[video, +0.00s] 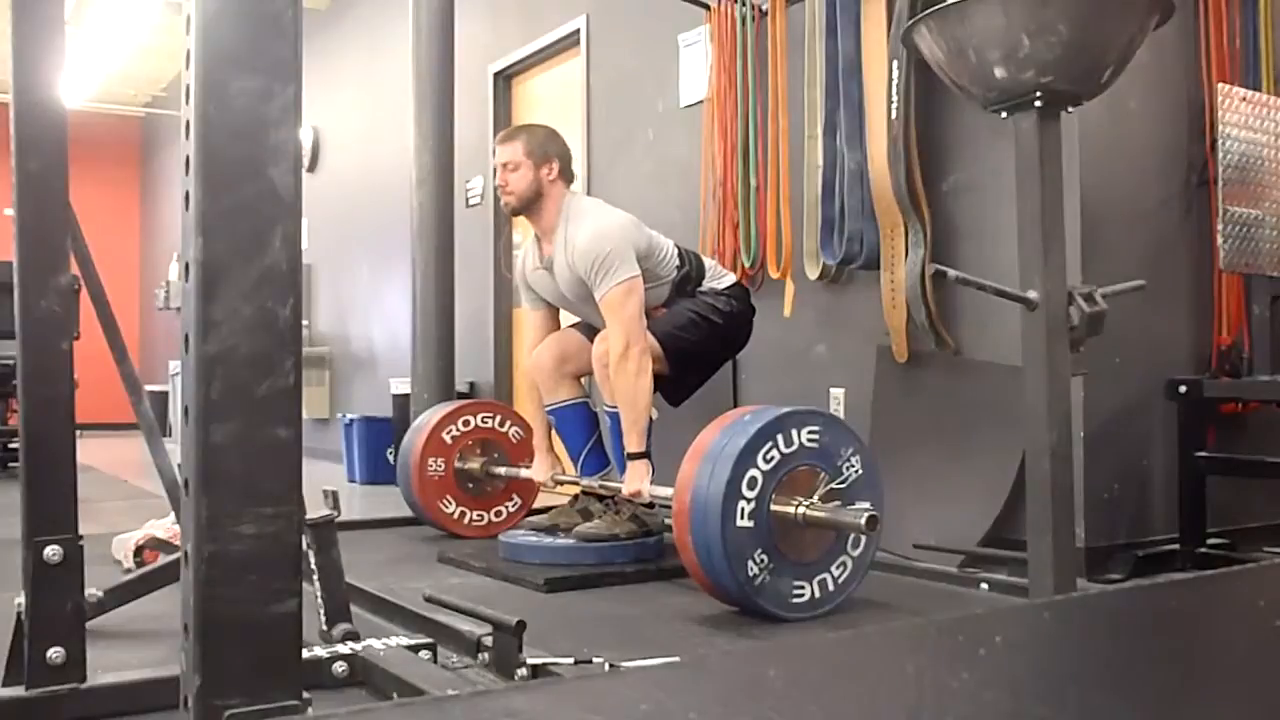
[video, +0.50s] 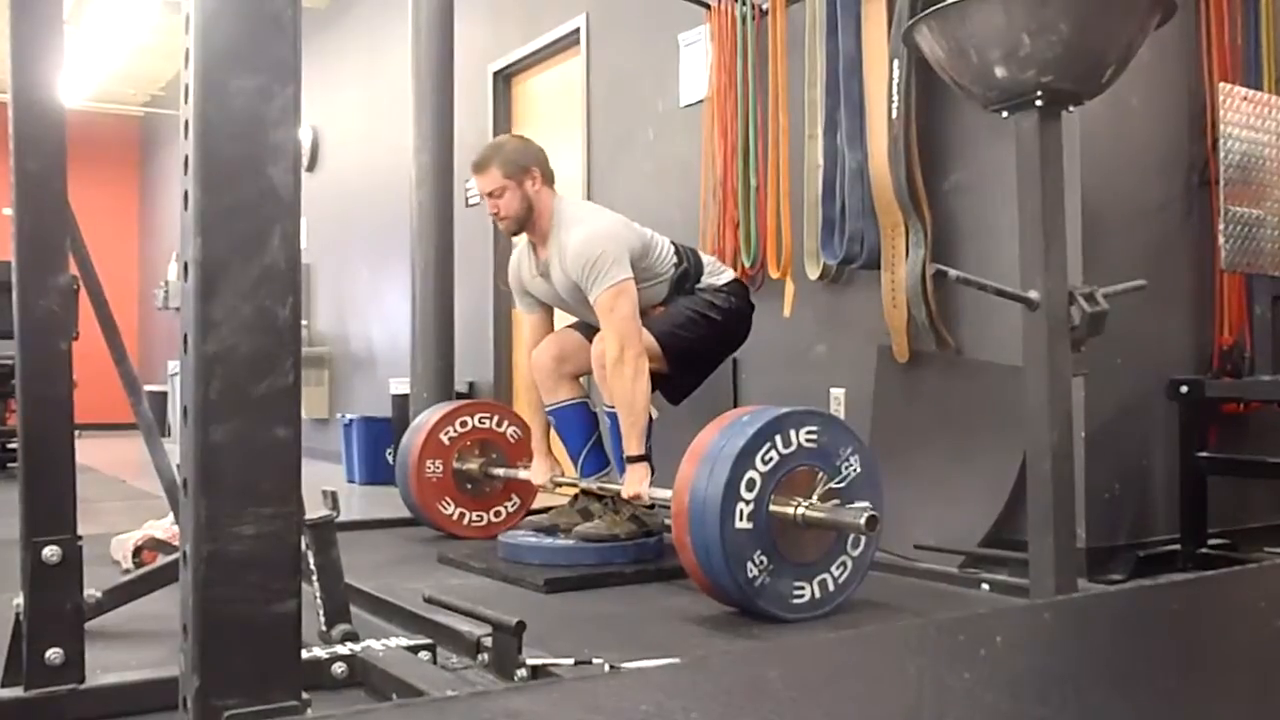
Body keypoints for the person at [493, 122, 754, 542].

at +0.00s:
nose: (499, 181)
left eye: (511, 168)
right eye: (497, 170)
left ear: (549, 172)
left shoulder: (598, 233)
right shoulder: (531, 256)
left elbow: (630, 351)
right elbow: (539, 358)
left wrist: (637, 460)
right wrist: (542, 450)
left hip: (714, 301)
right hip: (646, 311)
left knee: (612, 353)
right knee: (548, 362)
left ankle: (634, 502)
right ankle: (600, 492)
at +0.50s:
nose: (490, 209)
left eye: (497, 195)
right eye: (485, 200)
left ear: (533, 182)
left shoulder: (591, 236)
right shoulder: (523, 264)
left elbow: (626, 351)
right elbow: (535, 360)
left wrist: (636, 465)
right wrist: (540, 453)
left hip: (713, 296)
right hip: (645, 308)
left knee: (610, 352)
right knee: (548, 361)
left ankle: (633, 499)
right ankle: (600, 493)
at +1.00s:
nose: (500, 163)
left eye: (514, 153)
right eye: (501, 155)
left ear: (552, 166)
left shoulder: (594, 233)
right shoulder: (525, 255)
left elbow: (628, 351)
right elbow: (535, 357)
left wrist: (635, 459)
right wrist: (540, 450)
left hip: (704, 308)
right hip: (642, 317)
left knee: (599, 355)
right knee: (540, 365)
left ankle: (632, 502)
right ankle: (598, 491)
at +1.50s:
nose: (494, 143)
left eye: (508, 133)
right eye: (495, 134)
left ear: (546, 147)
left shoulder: (592, 214)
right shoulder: (521, 243)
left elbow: (629, 332)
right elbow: (539, 343)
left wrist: (635, 438)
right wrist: (542, 431)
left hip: (699, 285)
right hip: (638, 295)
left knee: (599, 352)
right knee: (543, 363)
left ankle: (632, 501)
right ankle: (598, 491)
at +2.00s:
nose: (479, 63)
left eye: (495, 53)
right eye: (482, 53)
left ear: (531, 69)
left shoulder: (573, 136)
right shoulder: (506, 172)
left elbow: (618, 248)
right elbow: (531, 267)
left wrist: (626, 351)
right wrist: (538, 360)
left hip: (682, 220)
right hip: (616, 239)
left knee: (630, 342)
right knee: (572, 347)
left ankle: (638, 504)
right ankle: (598, 494)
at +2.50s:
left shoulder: (608, 18)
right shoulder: (540, 54)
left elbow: (630, 125)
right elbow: (545, 155)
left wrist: (629, 226)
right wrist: (536, 243)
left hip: (646, 198)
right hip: (592, 205)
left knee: (629, 340)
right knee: (582, 346)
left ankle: (639, 503)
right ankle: (599, 493)